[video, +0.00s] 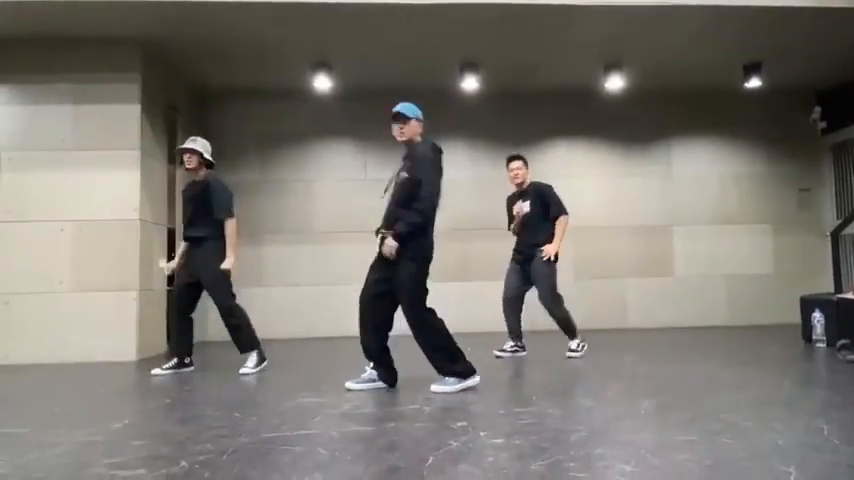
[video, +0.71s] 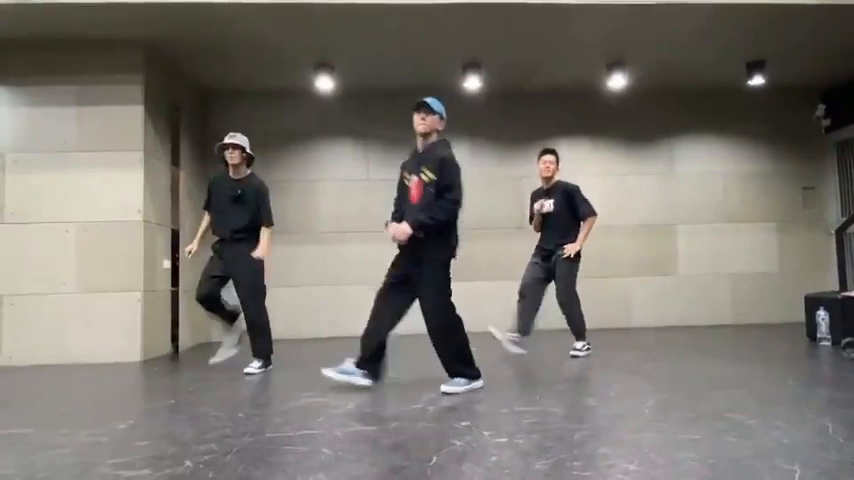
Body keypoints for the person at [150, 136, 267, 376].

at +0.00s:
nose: (187, 158)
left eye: (192, 154)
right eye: (185, 154)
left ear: (203, 158)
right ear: (183, 159)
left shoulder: (215, 185)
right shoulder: (188, 190)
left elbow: (229, 220)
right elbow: (189, 231)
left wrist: (230, 257)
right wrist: (178, 259)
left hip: (212, 253)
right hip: (191, 254)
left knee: (226, 304)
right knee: (180, 306)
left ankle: (255, 353)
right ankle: (182, 358)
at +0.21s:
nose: (212, 152)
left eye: (217, 148)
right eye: (209, 148)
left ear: (228, 152)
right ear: (206, 153)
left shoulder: (238, 182)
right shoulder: (200, 183)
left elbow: (243, 221)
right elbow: (198, 222)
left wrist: (232, 251)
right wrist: (193, 251)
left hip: (229, 249)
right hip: (204, 249)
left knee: (238, 304)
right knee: (193, 304)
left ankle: (256, 354)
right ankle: (184, 356)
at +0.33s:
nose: (225, 153)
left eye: (230, 149)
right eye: (222, 149)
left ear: (240, 154)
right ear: (217, 154)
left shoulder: (249, 185)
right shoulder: (208, 184)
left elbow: (252, 223)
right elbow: (201, 217)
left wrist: (227, 244)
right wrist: (200, 246)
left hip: (240, 252)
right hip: (213, 251)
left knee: (245, 305)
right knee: (203, 302)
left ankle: (257, 357)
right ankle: (197, 355)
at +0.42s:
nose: (228, 150)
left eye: (233, 146)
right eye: (225, 146)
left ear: (243, 151)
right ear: (221, 151)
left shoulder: (254, 182)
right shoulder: (212, 180)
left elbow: (257, 220)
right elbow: (205, 209)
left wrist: (225, 228)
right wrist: (202, 230)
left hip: (243, 250)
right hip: (218, 249)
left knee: (250, 304)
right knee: (202, 296)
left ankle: (258, 357)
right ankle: (226, 338)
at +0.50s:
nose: (230, 150)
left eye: (234, 146)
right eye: (226, 146)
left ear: (244, 151)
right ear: (222, 151)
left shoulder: (255, 182)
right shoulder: (214, 180)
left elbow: (259, 220)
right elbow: (206, 208)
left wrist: (228, 227)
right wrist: (203, 225)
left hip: (244, 249)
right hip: (220, 248)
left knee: (252, 305)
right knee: (206, 294)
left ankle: (259, 357)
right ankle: (244, 315)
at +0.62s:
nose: (231, 153)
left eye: (236, 149)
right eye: (228, 149)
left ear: (245, 154)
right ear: (223, 153)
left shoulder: (256, 185)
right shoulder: (216, 182)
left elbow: (263, 221)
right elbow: (207, 211)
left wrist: (252, 241)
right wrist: (197, 236)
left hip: (247, 249)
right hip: (222, 249)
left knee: (253, 305)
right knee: (209, 293)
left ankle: (261, 357)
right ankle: (250, 296)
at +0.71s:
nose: (231, 154)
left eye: (236, 150)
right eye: (228, 150)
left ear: (245, 154)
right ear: (223, 154)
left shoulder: (256, 186)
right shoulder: (217, 181)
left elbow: (266, 222)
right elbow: (209, 213)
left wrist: (262, 247)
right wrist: (196, 240)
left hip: (248, 251)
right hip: (223, 250)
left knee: (253, 307)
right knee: (205, 295)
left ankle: (262, 357)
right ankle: (234, 321)